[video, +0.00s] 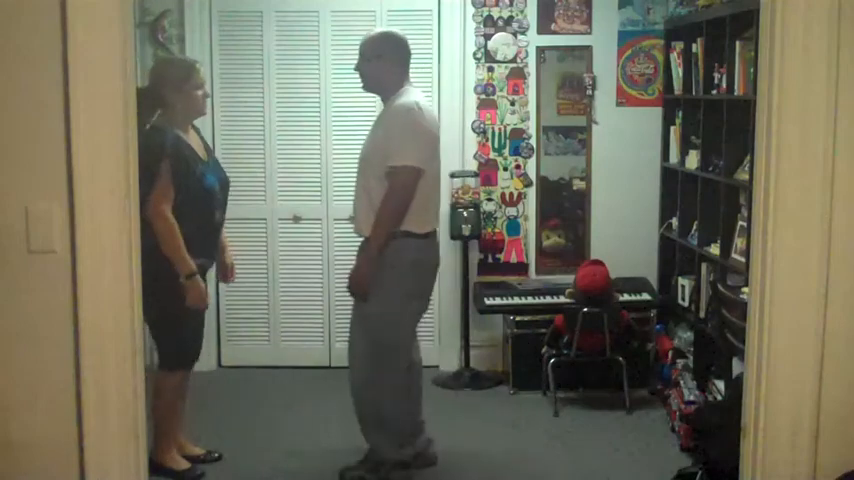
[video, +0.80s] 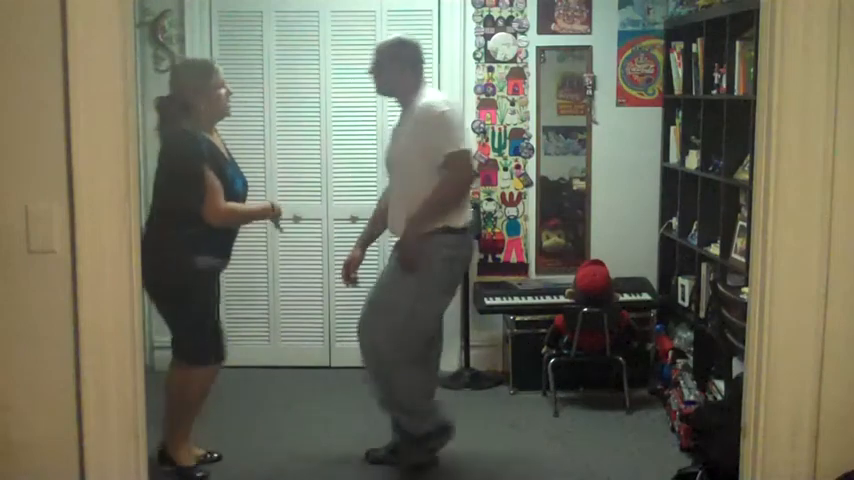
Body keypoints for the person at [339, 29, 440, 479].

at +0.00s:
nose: (357, 68)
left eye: (366, 60)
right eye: (360, 60)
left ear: (391, 64)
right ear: (392, 66)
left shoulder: (407, 112)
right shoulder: (402, 110)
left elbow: (403, 186)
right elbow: (402, 186)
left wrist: (369, 256)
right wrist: (374, 253)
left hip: (399, 250)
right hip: (401, 250)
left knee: (377, 354)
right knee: (395, 351)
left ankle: (390, 454)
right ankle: (410, 445)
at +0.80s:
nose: (372, 77)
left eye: (379, 69)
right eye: (373, 70)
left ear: (405, 68)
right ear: (400, 70)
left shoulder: (436, 109)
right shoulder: (408, 120)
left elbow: (462, 172)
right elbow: (395, 191)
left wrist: (416, 230)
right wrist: (362, 246)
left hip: (438, 243)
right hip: (421, 244)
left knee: (379, 327)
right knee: (415, 337)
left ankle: (425, 427)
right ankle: (411, 441)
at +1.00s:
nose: (407, 63)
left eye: (415, 55)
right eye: (409, 56)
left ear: (441, 61)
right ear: (436, 63)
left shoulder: (461, 110)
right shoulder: (434, 116)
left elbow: (473, 173)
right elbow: (434, 190)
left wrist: (410, 205)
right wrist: (404, 243)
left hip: (448, 247)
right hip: (425, 246)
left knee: (417, 346)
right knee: (409, 345)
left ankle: (485, 426)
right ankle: (412, 444)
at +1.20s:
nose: (426, 74)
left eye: (432, 66)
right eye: (427, 66)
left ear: (456, 70)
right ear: (464, 71)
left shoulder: (464, 116)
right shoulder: (480, 114)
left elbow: (446, 189)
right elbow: (499, 193)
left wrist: (409, 222)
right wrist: (433, 216)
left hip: (477, 255)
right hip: (472, 253)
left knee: (477, 349)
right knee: (424, 329)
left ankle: (506, 444)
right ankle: (418, 436)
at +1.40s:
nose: (443, 80)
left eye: (448, 72)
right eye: (444, 73)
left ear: (468, 75)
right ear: (486, 74)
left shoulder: (463, 125)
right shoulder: (526, 121)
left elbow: (439, 192)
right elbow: (555, 181)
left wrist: (427, 247)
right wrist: (564, 234)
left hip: (486, 255)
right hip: (526, 251)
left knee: (472, 349)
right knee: (492, 337)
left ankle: (504, 444)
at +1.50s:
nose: (452, 79)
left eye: (456, 72)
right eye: (452, 72)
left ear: (473, 73)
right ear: (495, 72)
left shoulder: (460, 125)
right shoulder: (534, 119)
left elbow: (445, 199)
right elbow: (573, 185)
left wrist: (434, 258)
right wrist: (576, 239)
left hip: (485, 256)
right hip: (533, 252)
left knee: (477, 357)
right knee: (530, 343)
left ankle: (504, 446)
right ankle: (578, 426)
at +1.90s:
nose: (437, 87)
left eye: (441, 79)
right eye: (439, 80)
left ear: (462, 80)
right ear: (481, 81)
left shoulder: (461, 127)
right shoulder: (519, 123)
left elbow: (452, 192)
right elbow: (547, 186)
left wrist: (439, 255)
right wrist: (532, 228)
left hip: (495, 261)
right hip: (534, 254)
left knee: (453, 345)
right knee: (541, 351)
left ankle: (451, 441)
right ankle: (586, 445)